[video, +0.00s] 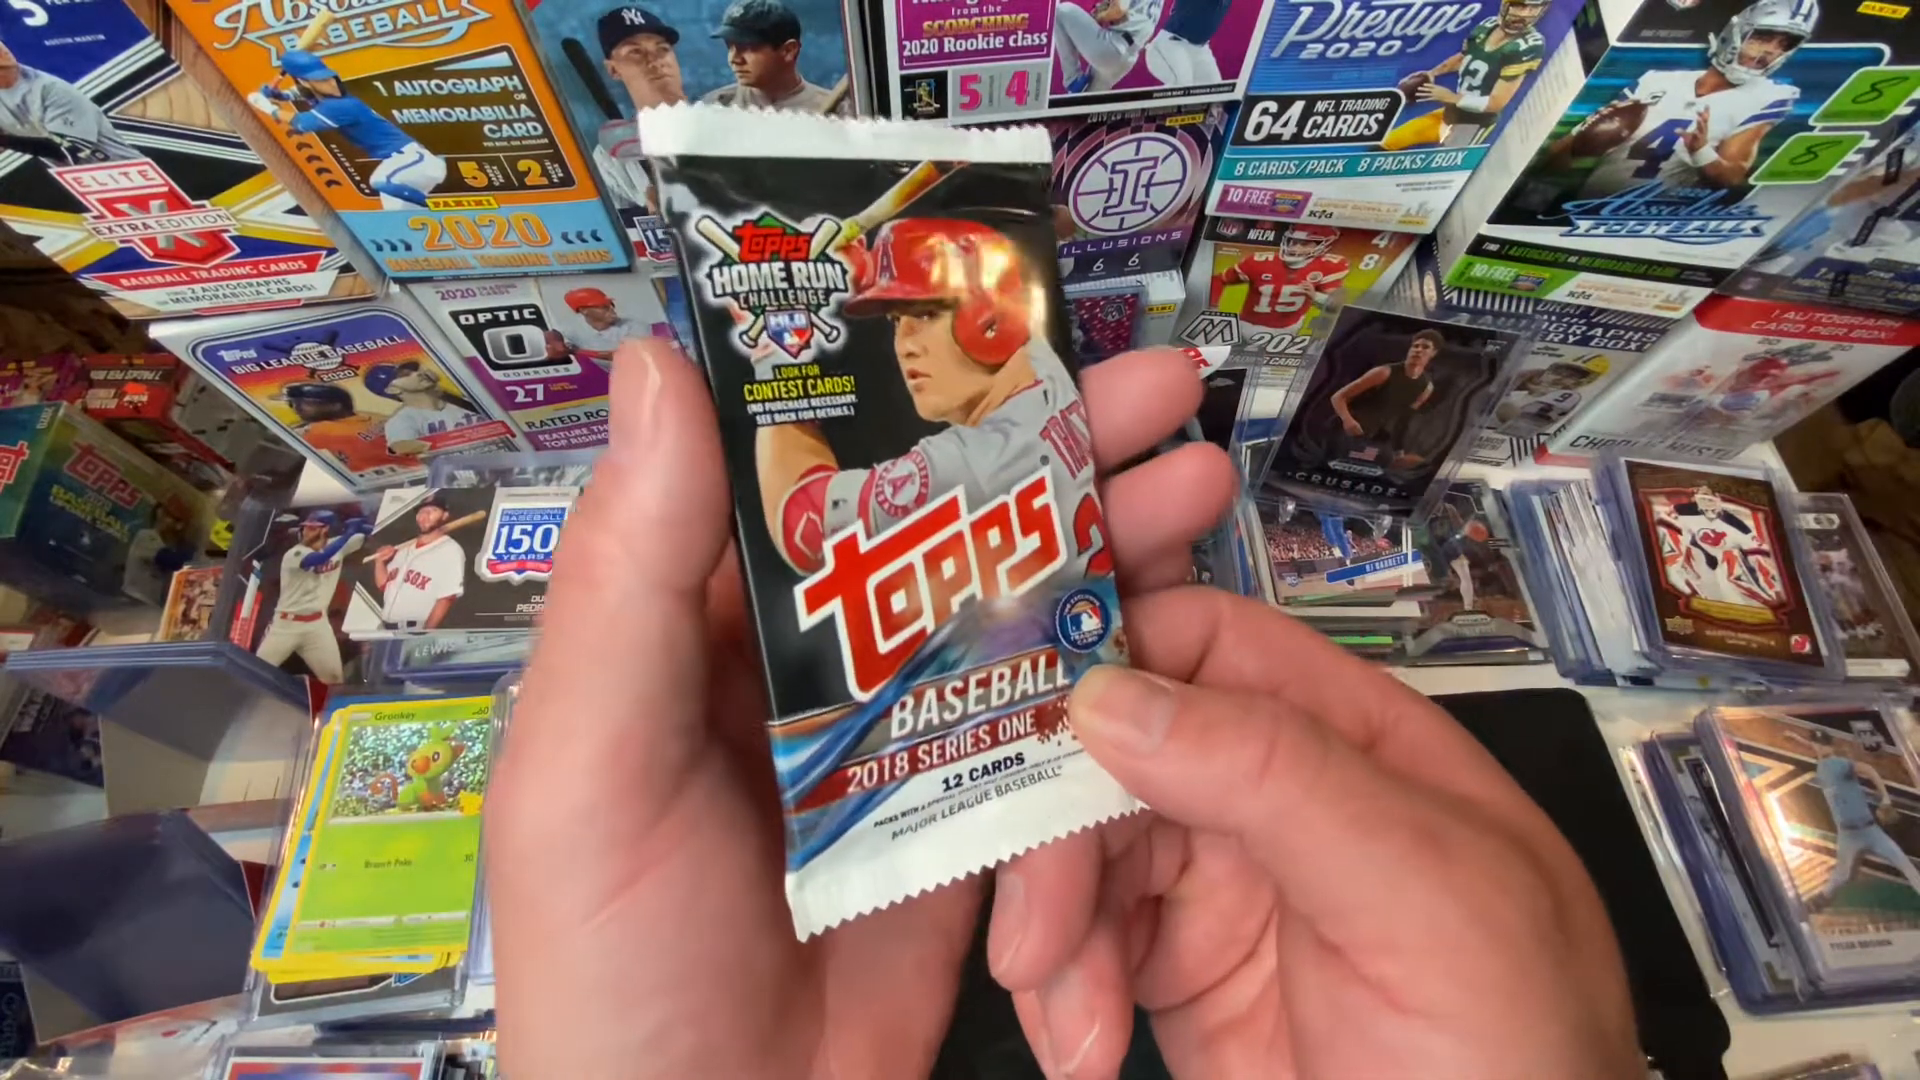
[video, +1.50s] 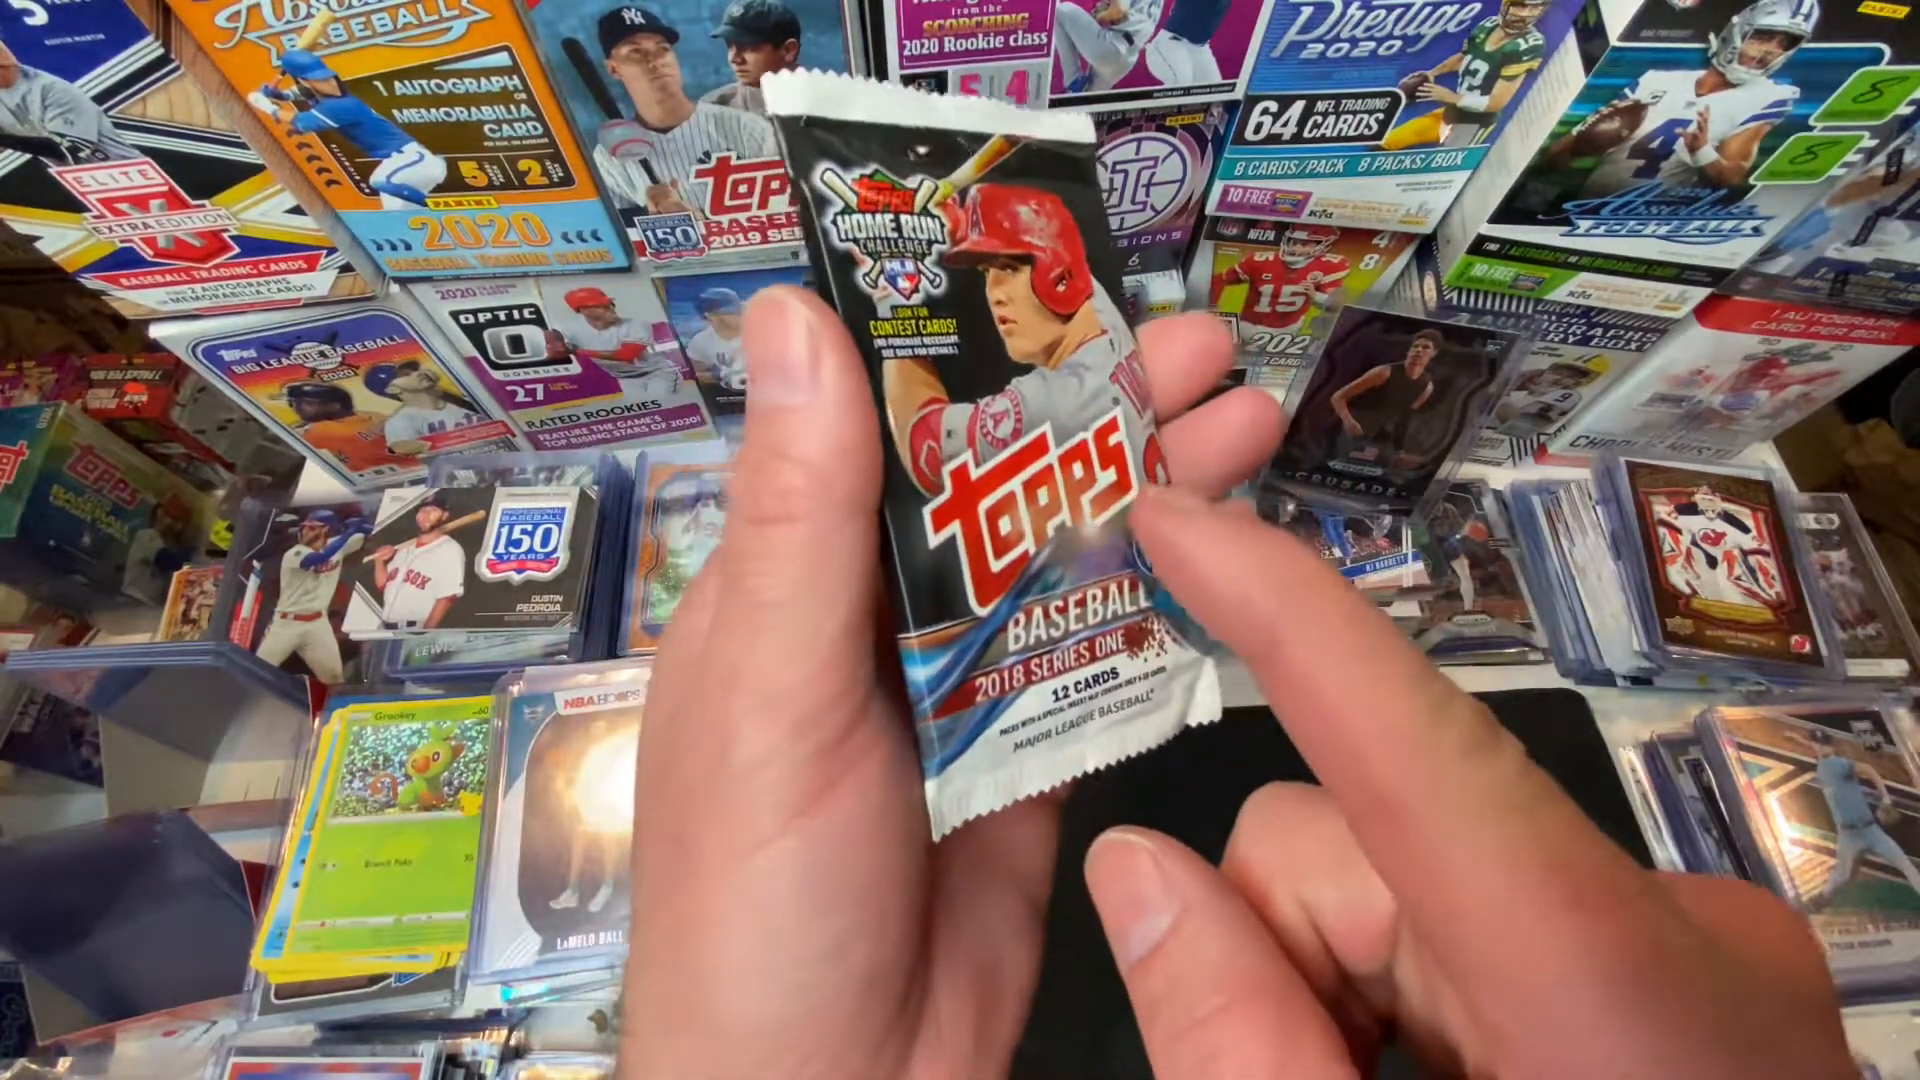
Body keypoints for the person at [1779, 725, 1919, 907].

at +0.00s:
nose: (1823, 750)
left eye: (1825, 745)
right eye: (1819, 746)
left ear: (1831, 745)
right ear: (1814, 748)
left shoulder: (1839, 764)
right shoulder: (1822, 767)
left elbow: (1868, 770)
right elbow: (1810, 745)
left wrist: (1885, 798)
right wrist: (1796, 737)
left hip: (1870, 829)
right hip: (1847, 834)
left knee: (1903, 862)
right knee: (1842, 875)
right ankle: (1824, 896)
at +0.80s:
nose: (1822, 749)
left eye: (1824, 744)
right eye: (1818, 745)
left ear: (1830, 745)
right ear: (1814, 748)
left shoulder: (1839, 764)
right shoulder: (1823, 767)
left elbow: (1869, 770)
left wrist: (1885, 797)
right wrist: (1796, 738)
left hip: (1871, 829)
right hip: (1847, 834)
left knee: (1903, 862)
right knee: (1842, 874)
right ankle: (1825, 896)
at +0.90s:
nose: (1823, 749)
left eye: (1825, 744)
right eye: (1819, 745)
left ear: (1831, 745)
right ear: (1814, 748)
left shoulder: (1839, 764)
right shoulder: (1823, 767)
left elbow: (1868, 770)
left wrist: (1884, 797)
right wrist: (1796, 738)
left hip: (1871, 829)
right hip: (1847, 834)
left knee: (1904, 863)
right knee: (1842, 874)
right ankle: (1825, 896)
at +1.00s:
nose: (1823, 749)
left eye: (1825, 744)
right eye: (1819, 745)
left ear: (1831, 745)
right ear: (1814, 748)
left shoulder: (1839, 764)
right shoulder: (1823, 767)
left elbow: (1868, 770)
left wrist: (1884, 797)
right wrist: (1796, 738)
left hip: (1871, 829)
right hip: (1847, 834)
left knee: (1904, 863)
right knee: (1842, 875)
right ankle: (1825, 896)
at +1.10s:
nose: (1823, 749)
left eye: (1825, 744)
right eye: (1819, 745)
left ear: (1831, 745)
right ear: (1814, 747)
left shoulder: (1839, 764)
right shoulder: (1823, 767)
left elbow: (1868, 770)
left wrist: (1885, 797)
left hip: (1871, 828)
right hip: (1847, 834)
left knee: (1904, 864)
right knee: (1843, 875)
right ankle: (1823, 897)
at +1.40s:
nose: (1824, 749)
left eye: (1826, 744)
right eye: (1819, 745)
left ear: (1831, 745)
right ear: (1814, 748)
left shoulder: (1839, 764)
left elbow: (1868, 770)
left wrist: (1885, 797)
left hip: (1871, 829)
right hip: (1847, 834)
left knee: (1904, 863)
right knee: (1842, 875)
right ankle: (1824, 897)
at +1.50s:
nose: (1823, 749)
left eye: (1826, 744)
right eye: (1819, 746)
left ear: (1831, 745)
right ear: (1814, 748)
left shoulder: (1839, 764)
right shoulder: (1823, 766)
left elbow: (1868, 770)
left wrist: (1885, 797)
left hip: (1870, 828)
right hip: (1847, 834)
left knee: (1904, 864)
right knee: (1843, 874)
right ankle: (1823, 897)